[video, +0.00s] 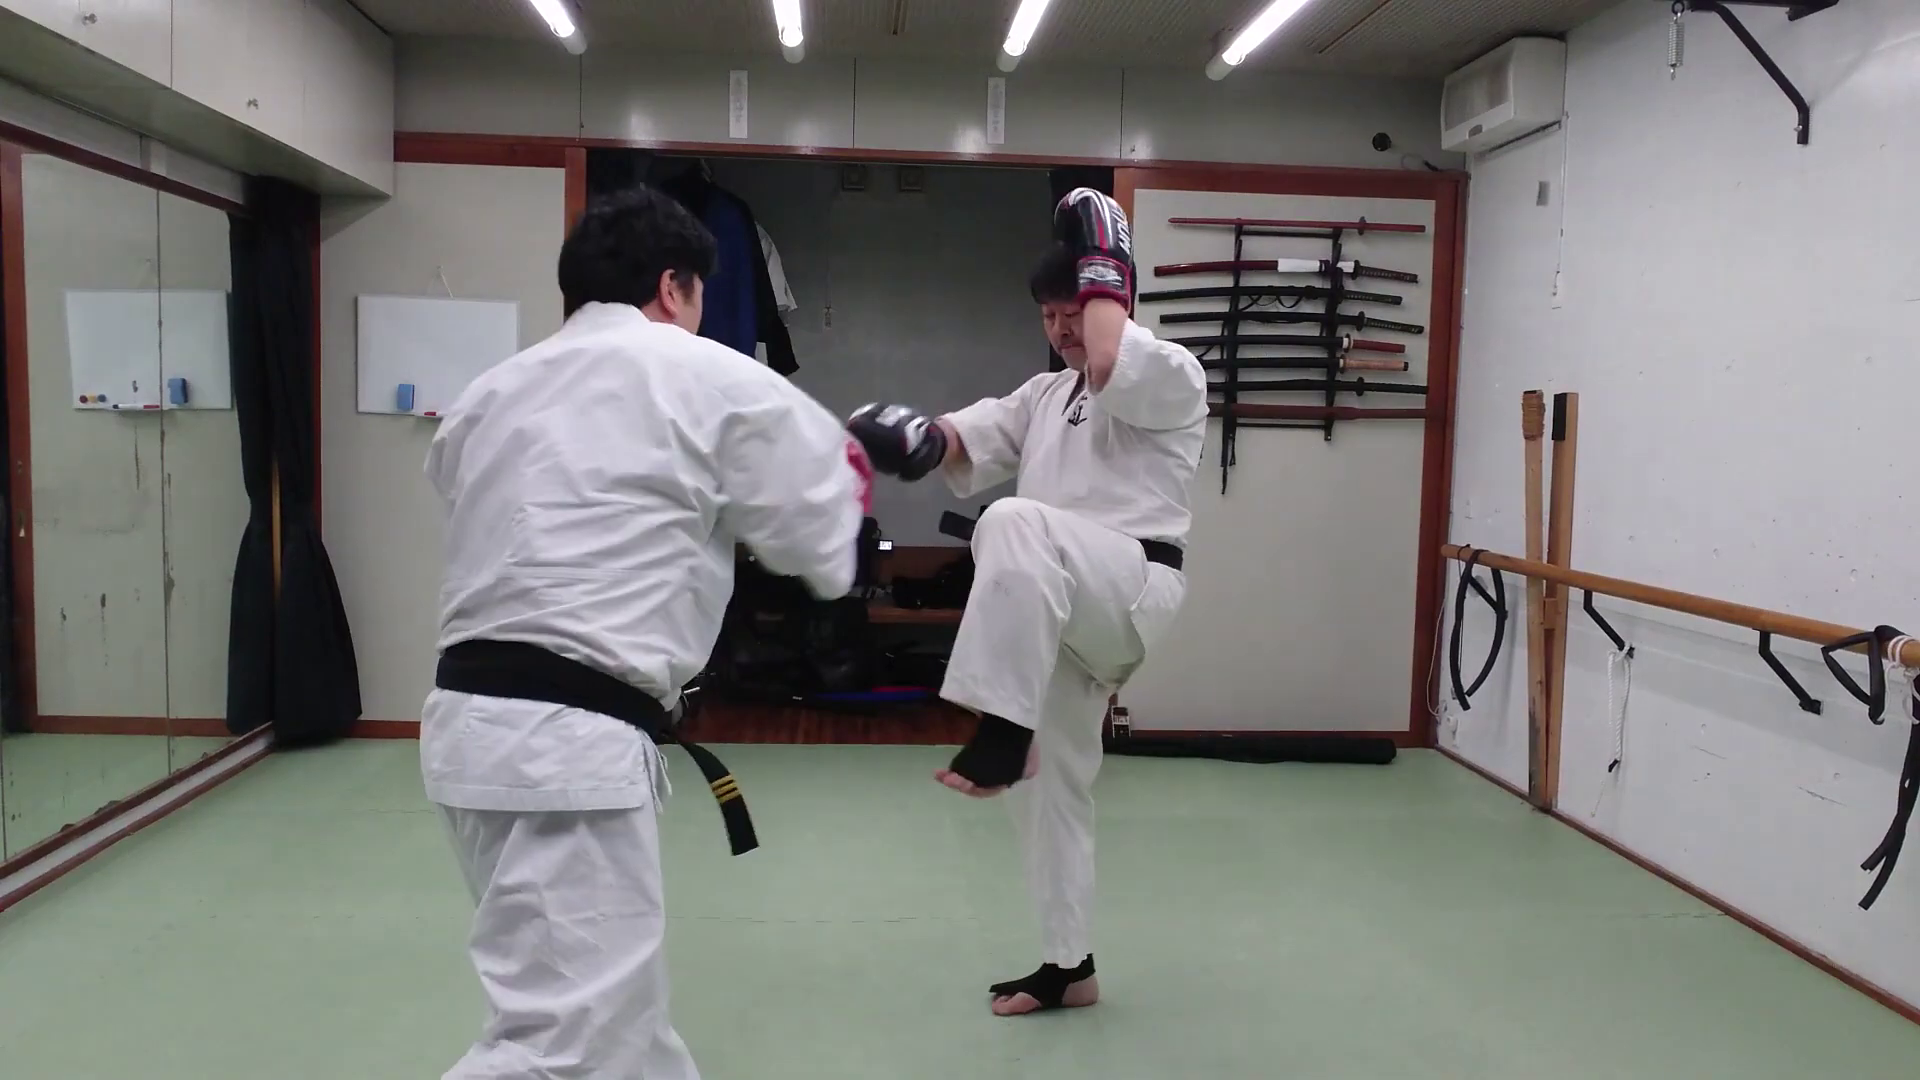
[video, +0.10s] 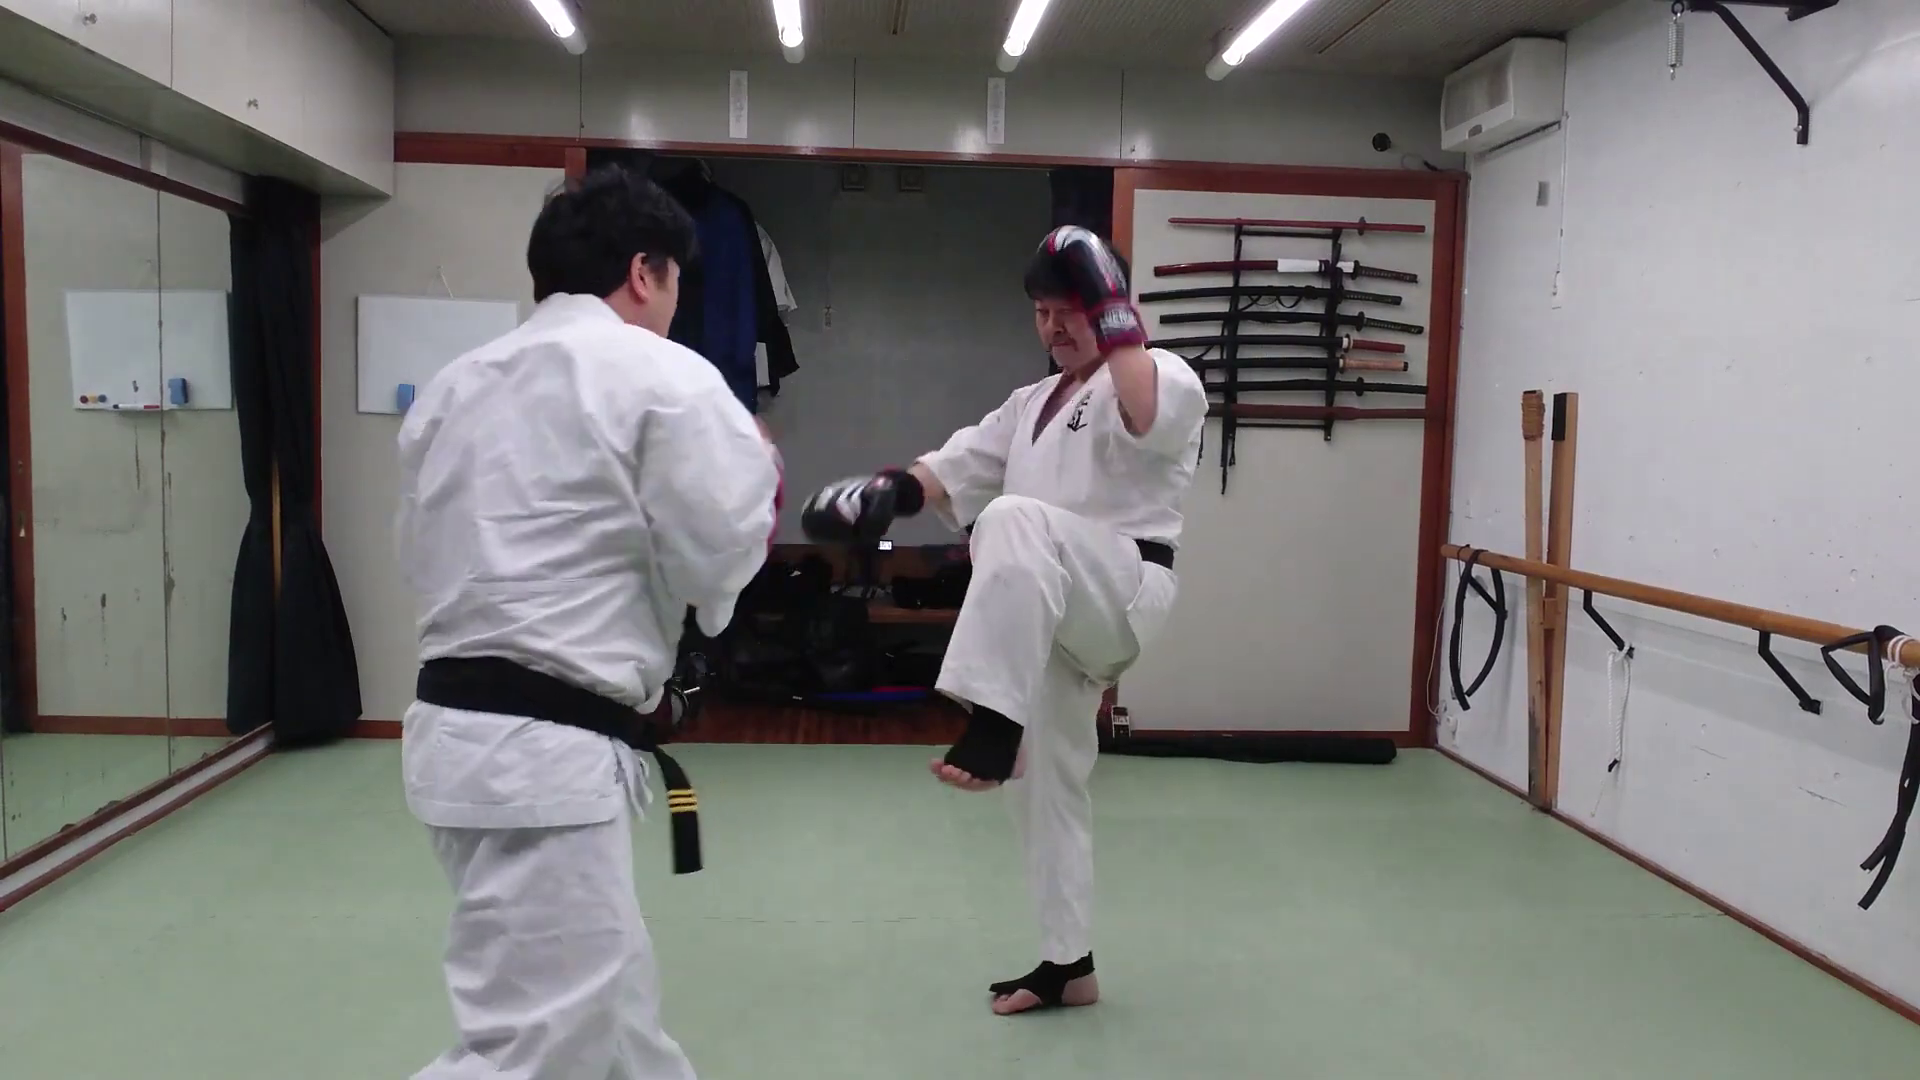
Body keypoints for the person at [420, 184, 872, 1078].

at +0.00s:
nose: (703, 315)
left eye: (702, 296)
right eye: (700, 293)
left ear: (575, 289)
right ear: (671, 289)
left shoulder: (489, 392)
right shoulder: (703, 378)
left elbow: (494, 546)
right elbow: (830, 552)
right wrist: (840, 459)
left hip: (459, 741)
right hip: (576, 750)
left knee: (621, 1031)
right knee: (552, 1039)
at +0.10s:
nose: (676, 307)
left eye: (676, 284)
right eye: (675, 283)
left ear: (548, 275)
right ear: (639, 277)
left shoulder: (452, 384)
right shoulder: (660, 377)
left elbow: (424, 560)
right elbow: (722, 559)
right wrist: (754, 457)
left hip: (445, 739)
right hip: (551, 755)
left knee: (619, 1025)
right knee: (524, 1044)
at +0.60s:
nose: (637, 292)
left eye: (639, 267)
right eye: (635, 264)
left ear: (520, 255)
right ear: (589, 258)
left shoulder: (437, 375)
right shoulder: (571, 365)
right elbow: (724, 521)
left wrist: (644, 391)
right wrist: (730, 409)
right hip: (490, 758)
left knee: (598, 1033)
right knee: (412, 1055)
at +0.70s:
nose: (679, 313)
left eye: (682, 288)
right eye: (678, 284)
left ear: (587, 267)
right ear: (633, 275)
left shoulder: (526, 360)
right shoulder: (573, 373)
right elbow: (698, 555)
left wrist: (693, 426)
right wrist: (726, 439)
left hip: (552, 747)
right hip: (462, 747)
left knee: (597, 1014)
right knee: (418, 1043)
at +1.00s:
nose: (633, 315)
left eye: (640, 294)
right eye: (634, 292)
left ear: (539, 274)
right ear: (593, 283)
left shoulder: (489, 357)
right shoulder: (538, 397)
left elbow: (652, 461)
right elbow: (631, 560)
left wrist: (771, 436)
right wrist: (658, 416)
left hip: (493, 729)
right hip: (413, 732)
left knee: (584, 951)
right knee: (336, 1028)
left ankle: (625, 1070)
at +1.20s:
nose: (530, 339)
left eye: (532, 316)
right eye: (531, 315)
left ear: (409, 300)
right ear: (500, 316)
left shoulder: (372, 383)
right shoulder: (479, 446)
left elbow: (542, 470)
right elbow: (532, 609)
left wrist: (644, 521)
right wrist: (621, 603)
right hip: (350, 799)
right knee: (287, 1060)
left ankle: (569, 1070)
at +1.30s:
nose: (526, 357)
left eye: (528, 331)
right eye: (526, 330)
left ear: (412, 320)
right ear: (492, 328)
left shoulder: (377, 409)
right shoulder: (452, 444)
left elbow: (463, 555)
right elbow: (526, 630)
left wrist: (567, 658)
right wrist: (573, 508)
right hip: (335, 795)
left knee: (506, 879)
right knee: (286, 1060)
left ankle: (523, 1065)